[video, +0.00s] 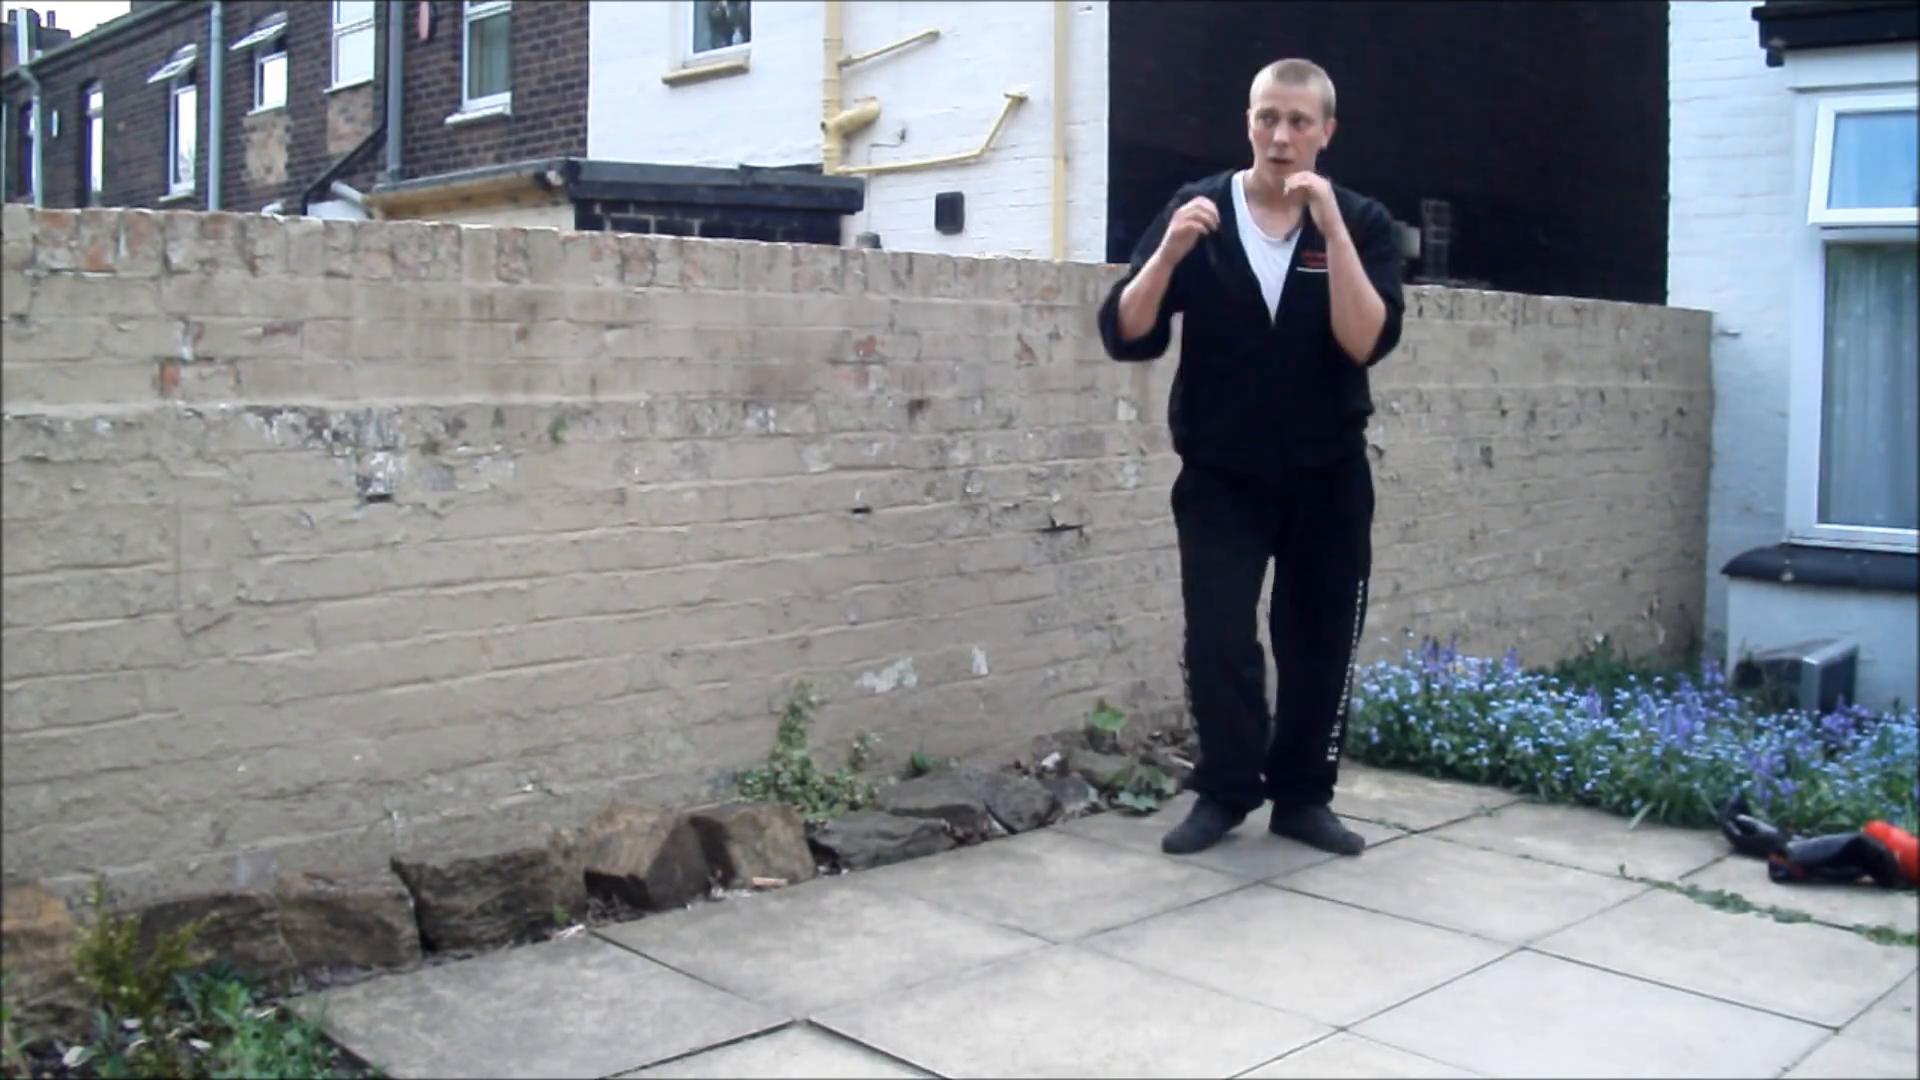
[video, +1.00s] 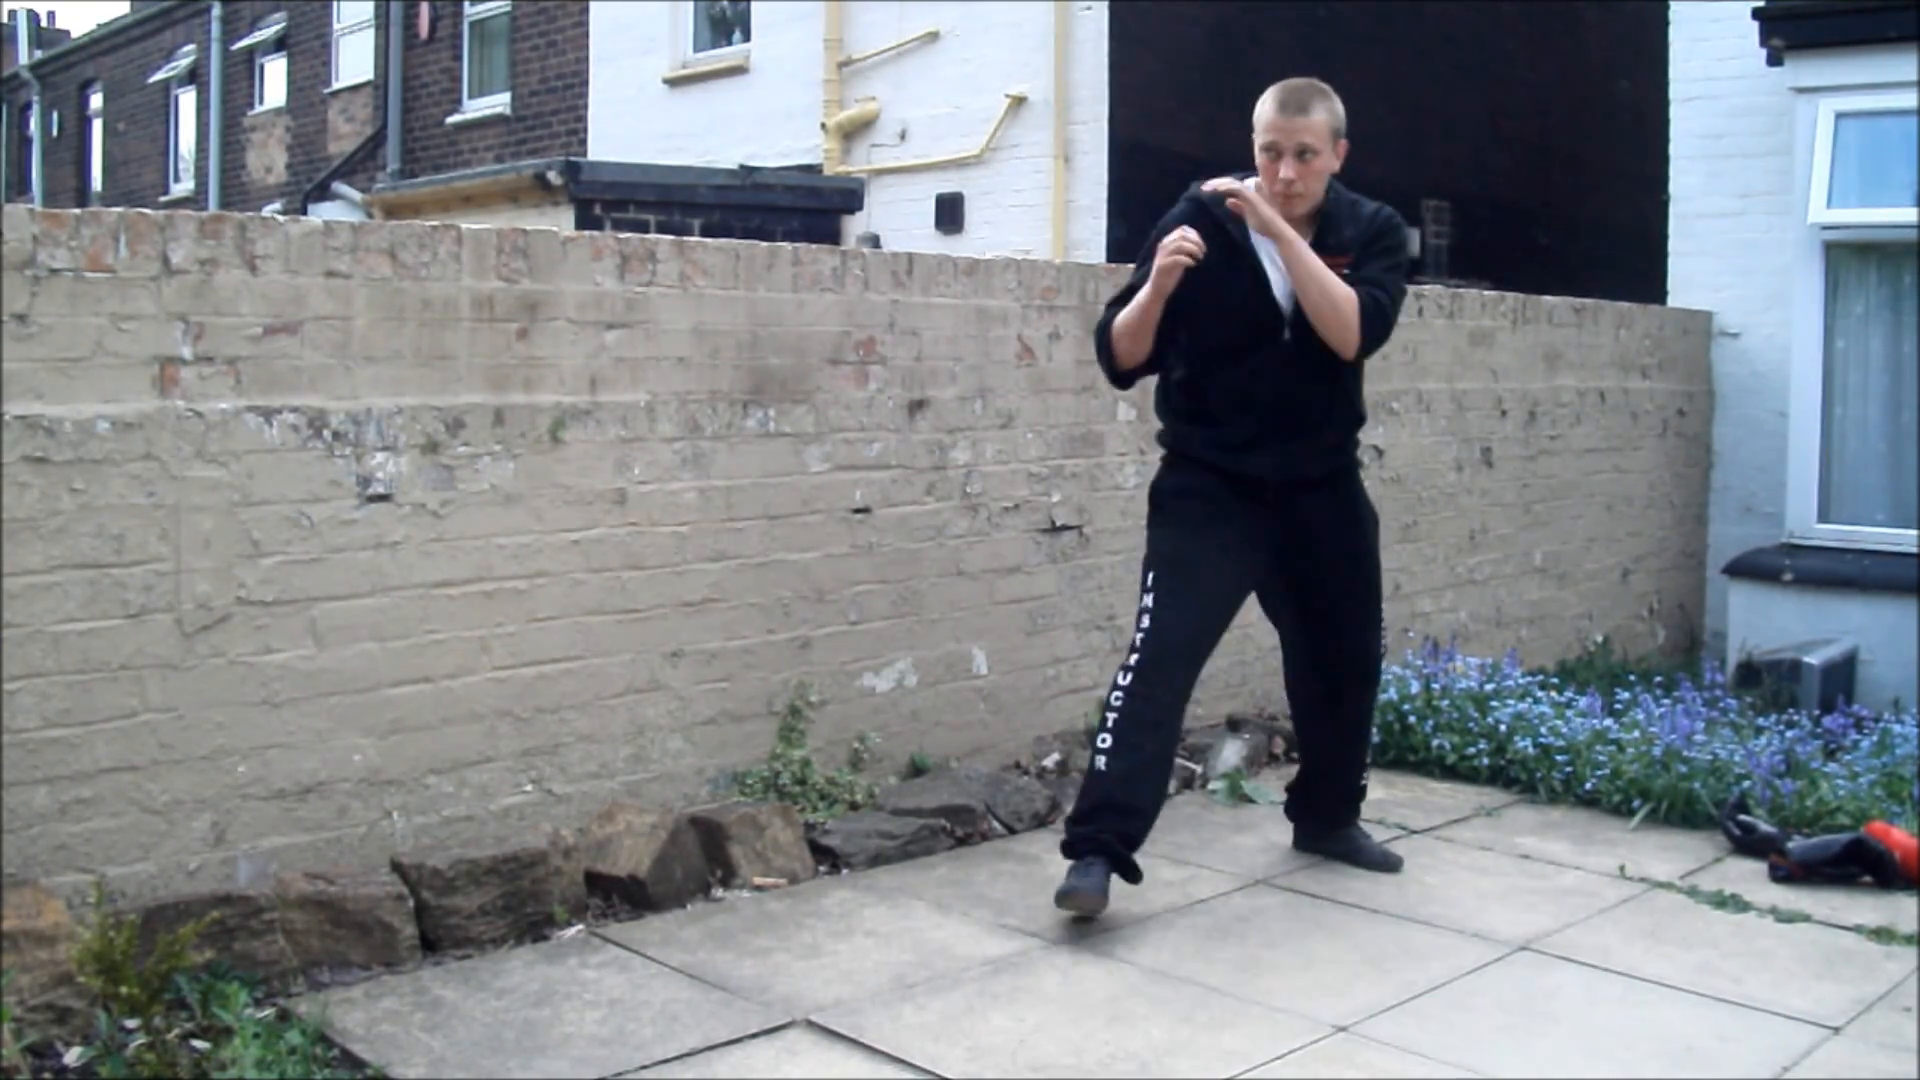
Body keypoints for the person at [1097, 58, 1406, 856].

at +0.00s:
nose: (1281, 135)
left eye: (1299, 121)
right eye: (1269, 118)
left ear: (1327, 132)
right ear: (1247, 123)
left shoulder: (1363, 224)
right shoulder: (1194, 210)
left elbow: (1366, 342)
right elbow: (1124, 336)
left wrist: (1332, 228)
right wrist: (1168, 254)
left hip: (1327, 477)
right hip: (1220, 473)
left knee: (1319, 644)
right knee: (1217, 642)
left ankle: (1303, 801)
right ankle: (1223, 794)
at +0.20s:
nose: (1266, 129)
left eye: (1283, 114)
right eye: (1253, 114)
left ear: (1318, 118)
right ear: (1235, 118)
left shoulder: (1362, 198)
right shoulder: (1198, 197)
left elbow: (1349, 318)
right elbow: (1171, 347)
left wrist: (1294, 214)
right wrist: (1184, 296)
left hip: (1319, 460)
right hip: (1210, 453)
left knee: (1304, 637)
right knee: (1183, 621)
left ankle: (1299, 800)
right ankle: (1163, 802)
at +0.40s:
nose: (1205, 152)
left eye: (1220, 136)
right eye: (1194, 137)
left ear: (1265, 133)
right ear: (1187, 140)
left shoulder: (1337, 208)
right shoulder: (1178, 213)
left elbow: (1339, 343)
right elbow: (1151, 358)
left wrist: (1264, 246)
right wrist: (1168, 282)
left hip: (1310, 471)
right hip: (1200, 466)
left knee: (1303, 644)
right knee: (1174, 641)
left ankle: (1298, 800)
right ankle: (1121, 827)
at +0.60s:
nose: (1247, 139)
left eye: (1264, 125)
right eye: (1234, 124)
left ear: (1300, 127)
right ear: (1217, 124)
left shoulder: (1347, 200)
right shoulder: (1176, 196)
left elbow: (1355, 322)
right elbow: (1131, 340)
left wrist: (1295, 215)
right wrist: (1161, 261)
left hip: (1313, 474)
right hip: (1198, 470)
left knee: (1335, 651)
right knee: (1168, 648)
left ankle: (1318, 814)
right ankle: (1118, 829)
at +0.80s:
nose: (1311, 176)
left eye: (1330, 163)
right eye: (1298, 159)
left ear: (1360, 166)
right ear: (1277, 153)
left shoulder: (1383, 245)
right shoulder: (1216, 221)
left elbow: (1382, 364)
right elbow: (1151, 367)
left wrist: (1335, 252)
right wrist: (1188, 309)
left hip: (1328, 489)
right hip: (1213, 485)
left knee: (1355, 659)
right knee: (1179, 647)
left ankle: (1328, 818)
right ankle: (1129, 837)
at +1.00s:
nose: (1283, 170)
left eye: (1302, 155)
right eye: (1270, 153)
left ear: (1338, 154)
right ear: (1252, 147)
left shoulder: (1372, 229)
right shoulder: (1201, 215)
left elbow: (1357, 335)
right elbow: (1122, 362)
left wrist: (1281, 235)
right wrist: (1156, 287)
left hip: (1321, 493)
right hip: (1206, 489)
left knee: (1344, 661)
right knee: (1159, 660)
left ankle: (1326, 818)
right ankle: (1095, 854)